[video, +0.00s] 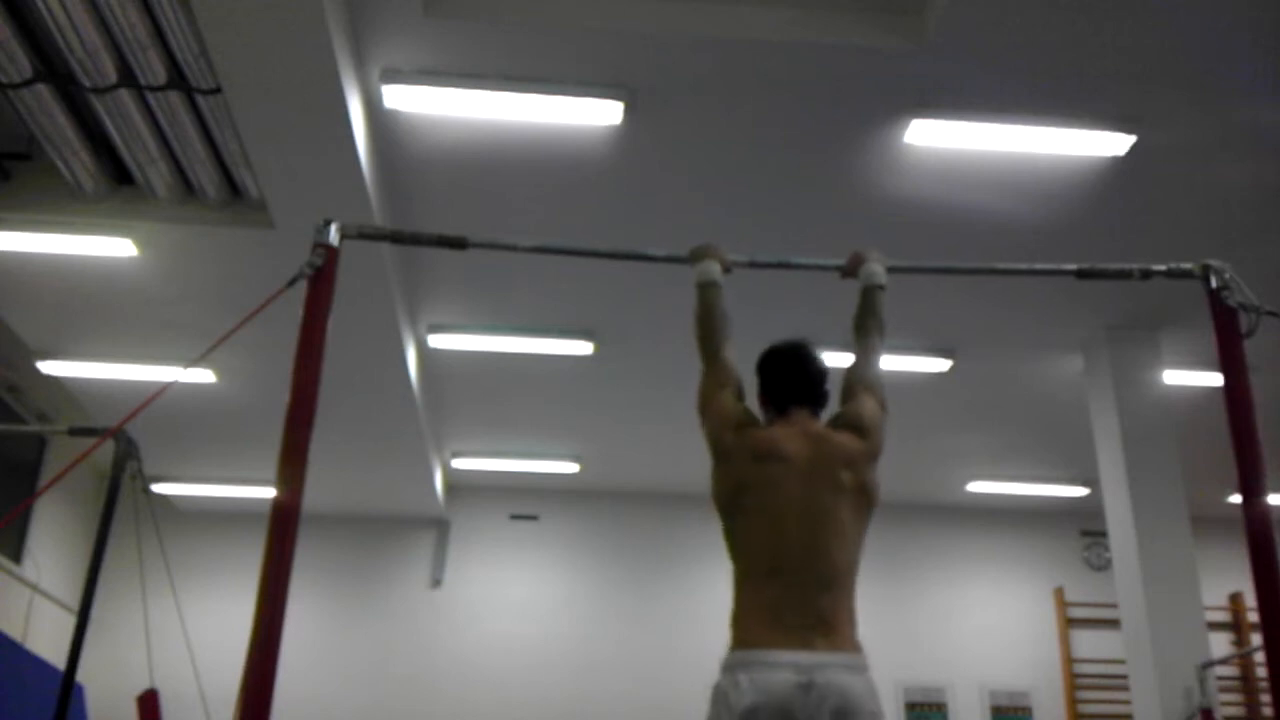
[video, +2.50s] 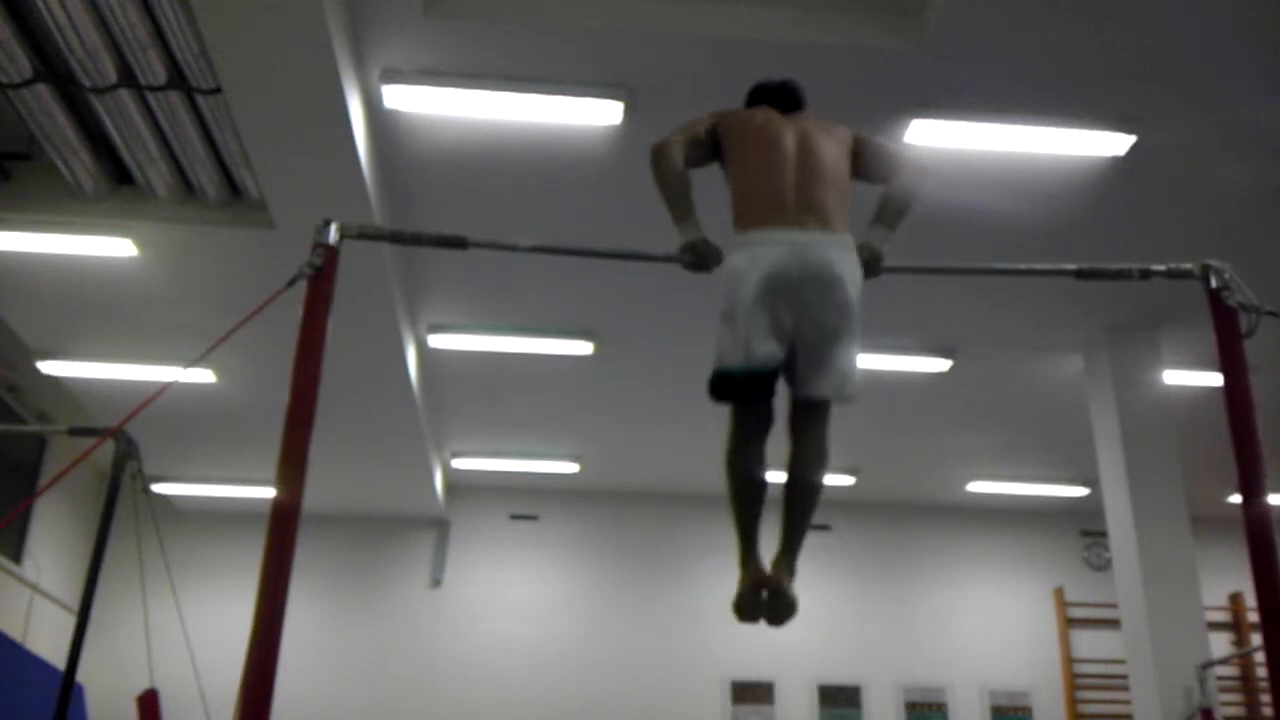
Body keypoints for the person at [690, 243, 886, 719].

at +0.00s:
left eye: (763, 392)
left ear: (761, 400)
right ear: (823, 398)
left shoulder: (735, 444)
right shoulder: (856, 448)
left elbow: (714, 352)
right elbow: (868, 351)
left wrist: (707, 271)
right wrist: (873, 276)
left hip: (754, 671)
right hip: (843, 674)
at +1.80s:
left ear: (770, 335)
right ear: (830, 340)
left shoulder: (740, 398)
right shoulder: (853, 408)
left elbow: (684, 358)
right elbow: (881, 357)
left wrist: (693, 279)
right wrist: (875, 288)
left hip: (744, 616)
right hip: (825, 620)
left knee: (724, 711)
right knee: (826, 714)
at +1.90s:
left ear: (782, 284)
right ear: (845, 290)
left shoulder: (749, 345)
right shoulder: (869, 364)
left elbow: (687, 347)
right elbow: (889, 340)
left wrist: (694, 277)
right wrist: (878, 285)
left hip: (757, 573)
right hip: (838, 578)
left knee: (749, 684)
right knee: (817, 669)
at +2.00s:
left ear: (788, 207)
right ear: (853, 211)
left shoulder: (755, 270)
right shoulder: (879, 282)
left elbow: (685, 314)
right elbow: (911, 324)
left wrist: (695, 262)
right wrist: (876, 273)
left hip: (763, 497)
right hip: (840, 505)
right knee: (800, 559)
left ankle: (743, 580)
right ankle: (761, 581)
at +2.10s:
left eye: (793, 138)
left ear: (783, 137)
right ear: (847, 139)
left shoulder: (755, 187)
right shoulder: (877, 204)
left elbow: (674, 263)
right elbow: (926, 281)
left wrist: (710, 240)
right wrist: (880, 233)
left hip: (757, 407)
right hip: (833, 413)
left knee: (739, 488)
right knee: (799, 493)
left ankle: (732, 571)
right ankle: (761, 578)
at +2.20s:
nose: (776, 119)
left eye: (773, 109)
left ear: (769, 107)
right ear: (829, 110)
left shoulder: (746, 140)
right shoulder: (865, 150)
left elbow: (671, 206)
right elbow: (929, 230)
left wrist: (698, 242)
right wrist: (874, 248)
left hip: (759, 342)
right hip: (835, 348)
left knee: (741, 466)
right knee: (798, 470)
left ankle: (735, 580)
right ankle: (765, 584)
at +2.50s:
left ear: (749, 108)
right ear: (805, 109)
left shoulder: (732, 124)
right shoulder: (838, 135)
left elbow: (667, 152)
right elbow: (906, 178)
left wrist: (688, 232)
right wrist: (876, 241)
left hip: (757, 257)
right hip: (831, 258)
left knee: (749, 425)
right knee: (811, 427)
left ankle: (752, 569)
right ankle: (785, 573)